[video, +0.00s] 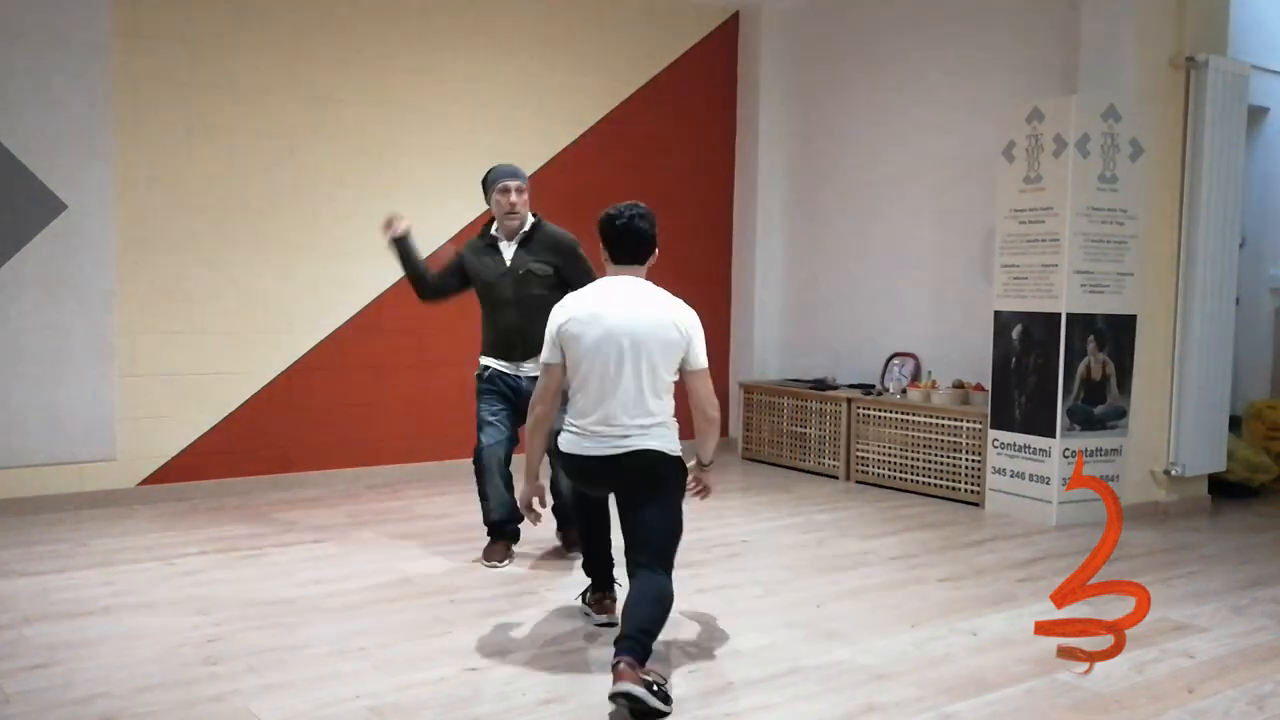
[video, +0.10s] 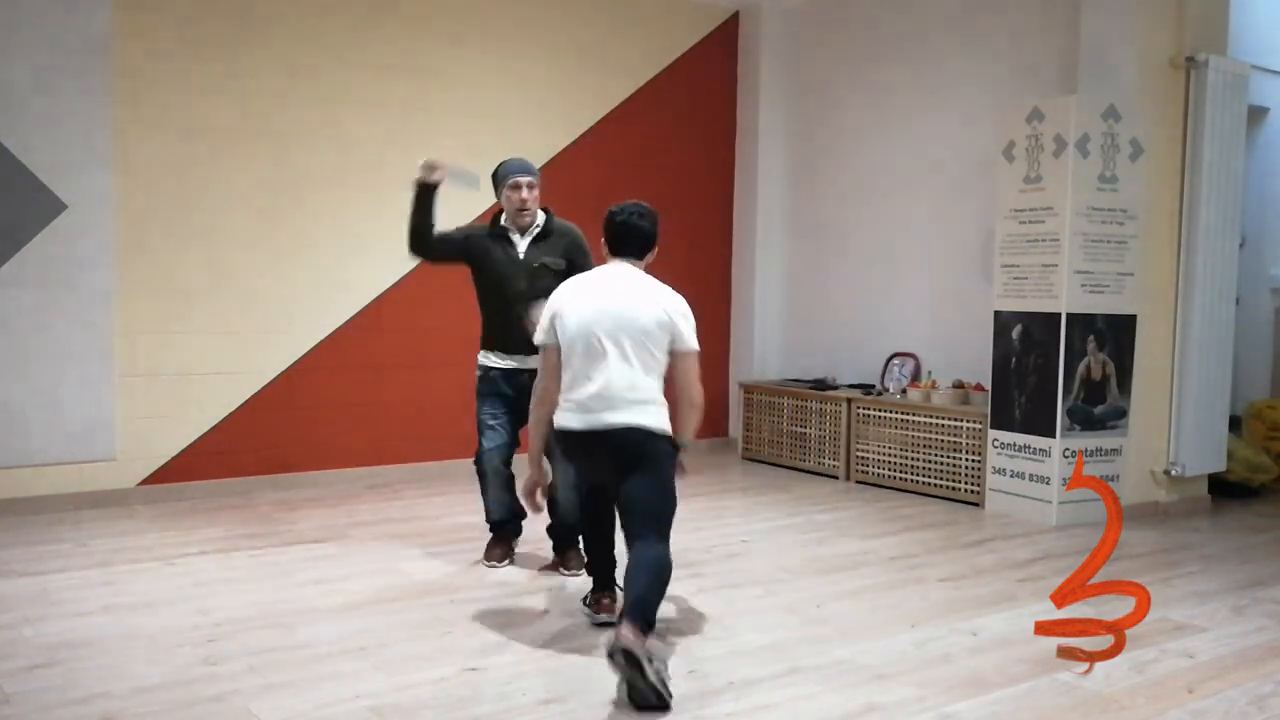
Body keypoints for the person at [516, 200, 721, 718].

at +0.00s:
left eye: (604, 245)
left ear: (601, 251)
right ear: (653, 252)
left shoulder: (568, 309)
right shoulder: (680, 314)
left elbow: (543, 405)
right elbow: (706, 411)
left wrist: (531, 478)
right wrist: (703, 463)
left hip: (581, 458)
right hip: (652, 461)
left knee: (582, 484)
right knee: (650, 568)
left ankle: (603, 592)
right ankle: (630, 667)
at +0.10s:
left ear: (602, 243)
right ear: (652, 251)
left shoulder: (566, 294)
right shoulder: (671, 303)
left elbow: (546, 389)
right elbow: (690, 394)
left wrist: (535, 459)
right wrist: (678, 450)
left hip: (578, 436)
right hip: (643, 437)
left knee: (595, 511)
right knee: (651, 541)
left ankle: (603, 594)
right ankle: (632, 634)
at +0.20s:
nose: (660, 251)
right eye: (661, 243)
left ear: (613, 234)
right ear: (657, 244)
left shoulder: (573, 273)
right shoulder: (657, 280)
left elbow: (556, 361)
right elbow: (667, 369)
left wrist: (551, 437)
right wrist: (655, 419)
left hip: (569, 402)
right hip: (629, 401)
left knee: (605, 488)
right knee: (663, 504)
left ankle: (600, 591)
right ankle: (636, 585)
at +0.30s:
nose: (667, 246)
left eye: (669, 239)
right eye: (669, 238)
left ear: (627, 224)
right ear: (661, 234)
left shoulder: (585, 255)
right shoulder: (638, 250)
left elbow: (569, 342)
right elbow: (644, 334)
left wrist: (572, 428)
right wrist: (638, 387)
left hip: (563, 377)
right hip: (616, 375)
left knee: (610, 478)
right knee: (663, 469)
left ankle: (593, 590)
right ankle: (655, 571)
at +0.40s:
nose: (661, 247)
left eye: (663, 238)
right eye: (663, 236)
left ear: (627, 218)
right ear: (651, 227)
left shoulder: (586, 245)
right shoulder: (617, 231)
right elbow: (639, 304)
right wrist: (640, 348)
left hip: (565, 368)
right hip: (614, 367)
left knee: (604, 472)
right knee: (653, 457)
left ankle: (585, 587)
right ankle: (665, 555)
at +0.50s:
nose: (651, 239)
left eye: (652, 232)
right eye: (652, 230)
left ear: (612, 218)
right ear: (644, 223)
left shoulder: (585, 249)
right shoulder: (620, 239)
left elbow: (568, 297)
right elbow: (622, 290)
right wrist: (652, 332)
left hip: (578, 369)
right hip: (624, 370)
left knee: (594, 468)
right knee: (647, 458)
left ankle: (581, 571)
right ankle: (657, 543)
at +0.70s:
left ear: (572, 208)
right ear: (610, 210)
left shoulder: (552, 249)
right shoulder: (634, 248)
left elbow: (535, 315)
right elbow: (651, 310)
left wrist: (537, 374)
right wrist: (663, 371)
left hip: (568, 367)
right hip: (623, 361)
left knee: (587, 444)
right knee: (634, 442)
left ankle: (606, 504)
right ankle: (651, 537)